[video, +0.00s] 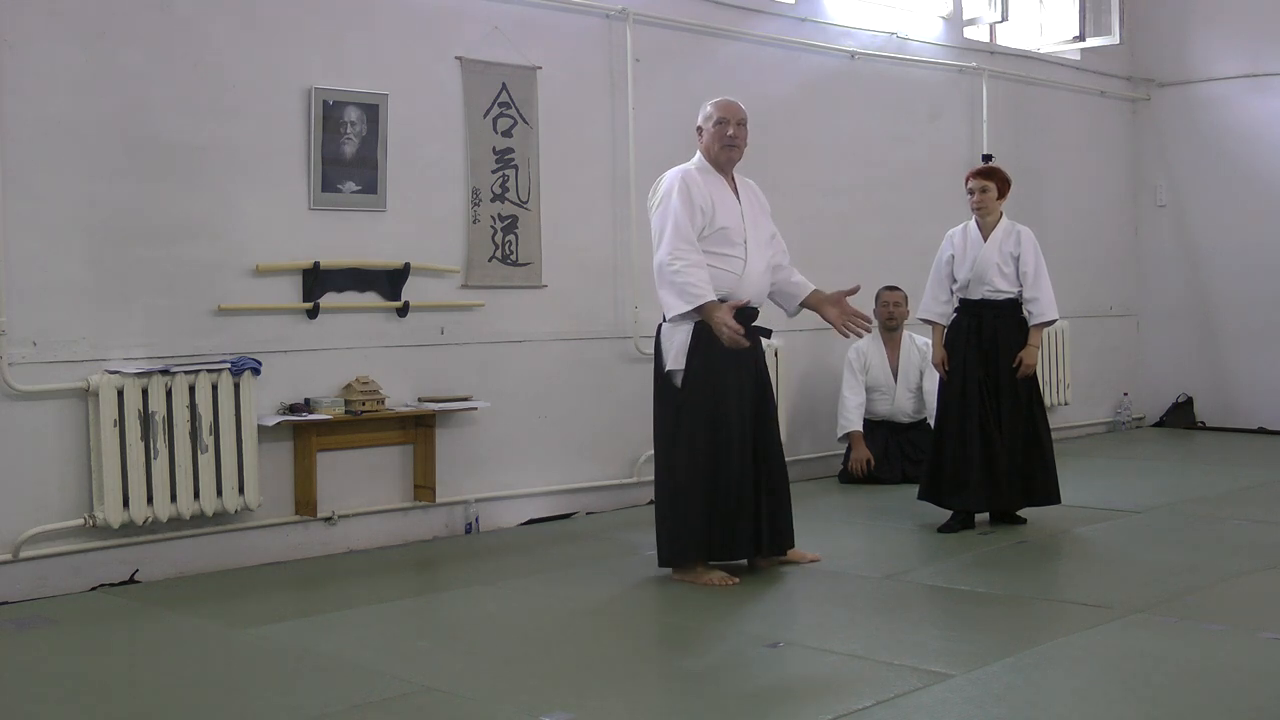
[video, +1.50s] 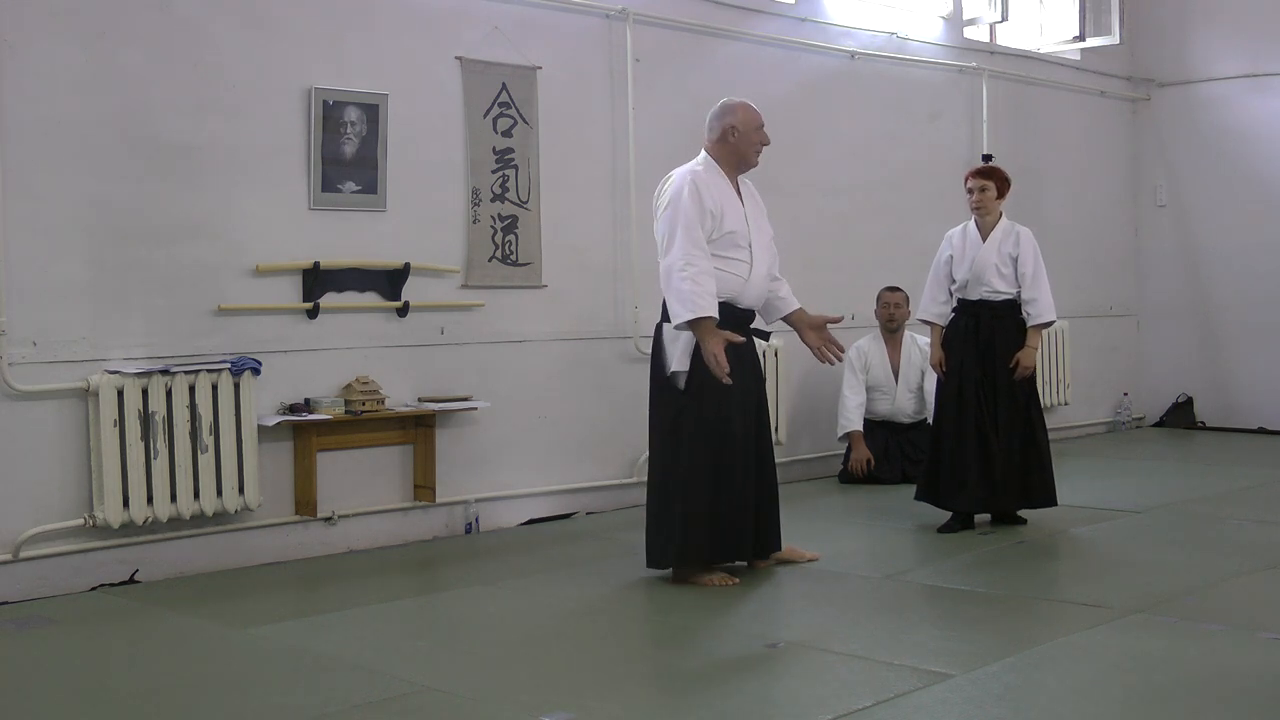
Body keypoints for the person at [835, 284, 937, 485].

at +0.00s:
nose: (891, 310)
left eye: (897, 305)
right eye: (885, 305)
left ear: (907, 313)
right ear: (875, 312)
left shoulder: (925, 348)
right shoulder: (860, 350)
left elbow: (934, 396)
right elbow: (851, 398)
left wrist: (944, 436)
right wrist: (857, 443)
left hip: (916, 430)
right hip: (874, 431)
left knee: (936, 472)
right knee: (855, 473)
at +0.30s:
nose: (890, 310)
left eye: (896, 305)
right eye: (884, 305)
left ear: (907, 313)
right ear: (875, 313)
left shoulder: (925, 348)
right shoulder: (860, 351)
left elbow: (935, 397)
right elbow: (851, 399)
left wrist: (943, 436)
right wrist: (857, 443)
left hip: (916, 430)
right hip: (874, 431)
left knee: (936, 472)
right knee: (855, 472)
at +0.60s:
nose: (890, 310)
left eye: (896, 305)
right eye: (884, 305)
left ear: (907, 313)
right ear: (875, 313)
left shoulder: (925, 349)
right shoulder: (860, 351)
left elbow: (935, 397)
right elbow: (851, 398)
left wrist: (944, 437)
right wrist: (857, 443)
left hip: (916, 430)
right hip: (874, 431)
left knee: (935, 472)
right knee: (855, 472)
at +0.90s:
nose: (890, 310)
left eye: (897, 305)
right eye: (884, 305)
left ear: (908, 313)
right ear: (875, 313)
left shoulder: (925, 348)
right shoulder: (861, 350)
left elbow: (935, 397)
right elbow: (851, 398)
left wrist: (944, 437)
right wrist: (857, 443)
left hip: (916, 430)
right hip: (874, 431)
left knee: (936, 472)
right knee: (855, 472)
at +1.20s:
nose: (891, 311)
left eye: (897, 306)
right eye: (885, 305)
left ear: (908, 313)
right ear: (876, 313)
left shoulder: (925, 348)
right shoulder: (861, 350)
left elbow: (934, 396)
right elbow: (851, 398)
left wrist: (944, 435)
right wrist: (857, 443)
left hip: (916, 430)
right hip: (875, 430)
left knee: (935, 472)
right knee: (855, 472)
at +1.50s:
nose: (891, 312)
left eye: (898, 306)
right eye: (885, 306)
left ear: (908, 313)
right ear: (876, 313)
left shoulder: (926, 348)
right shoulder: (860, 351)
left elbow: (934, 396)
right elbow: (851, 398)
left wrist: (941, 435)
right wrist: (857, 442)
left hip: (916, 430)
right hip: (875, 430)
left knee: (934, 473)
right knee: (855, 472)